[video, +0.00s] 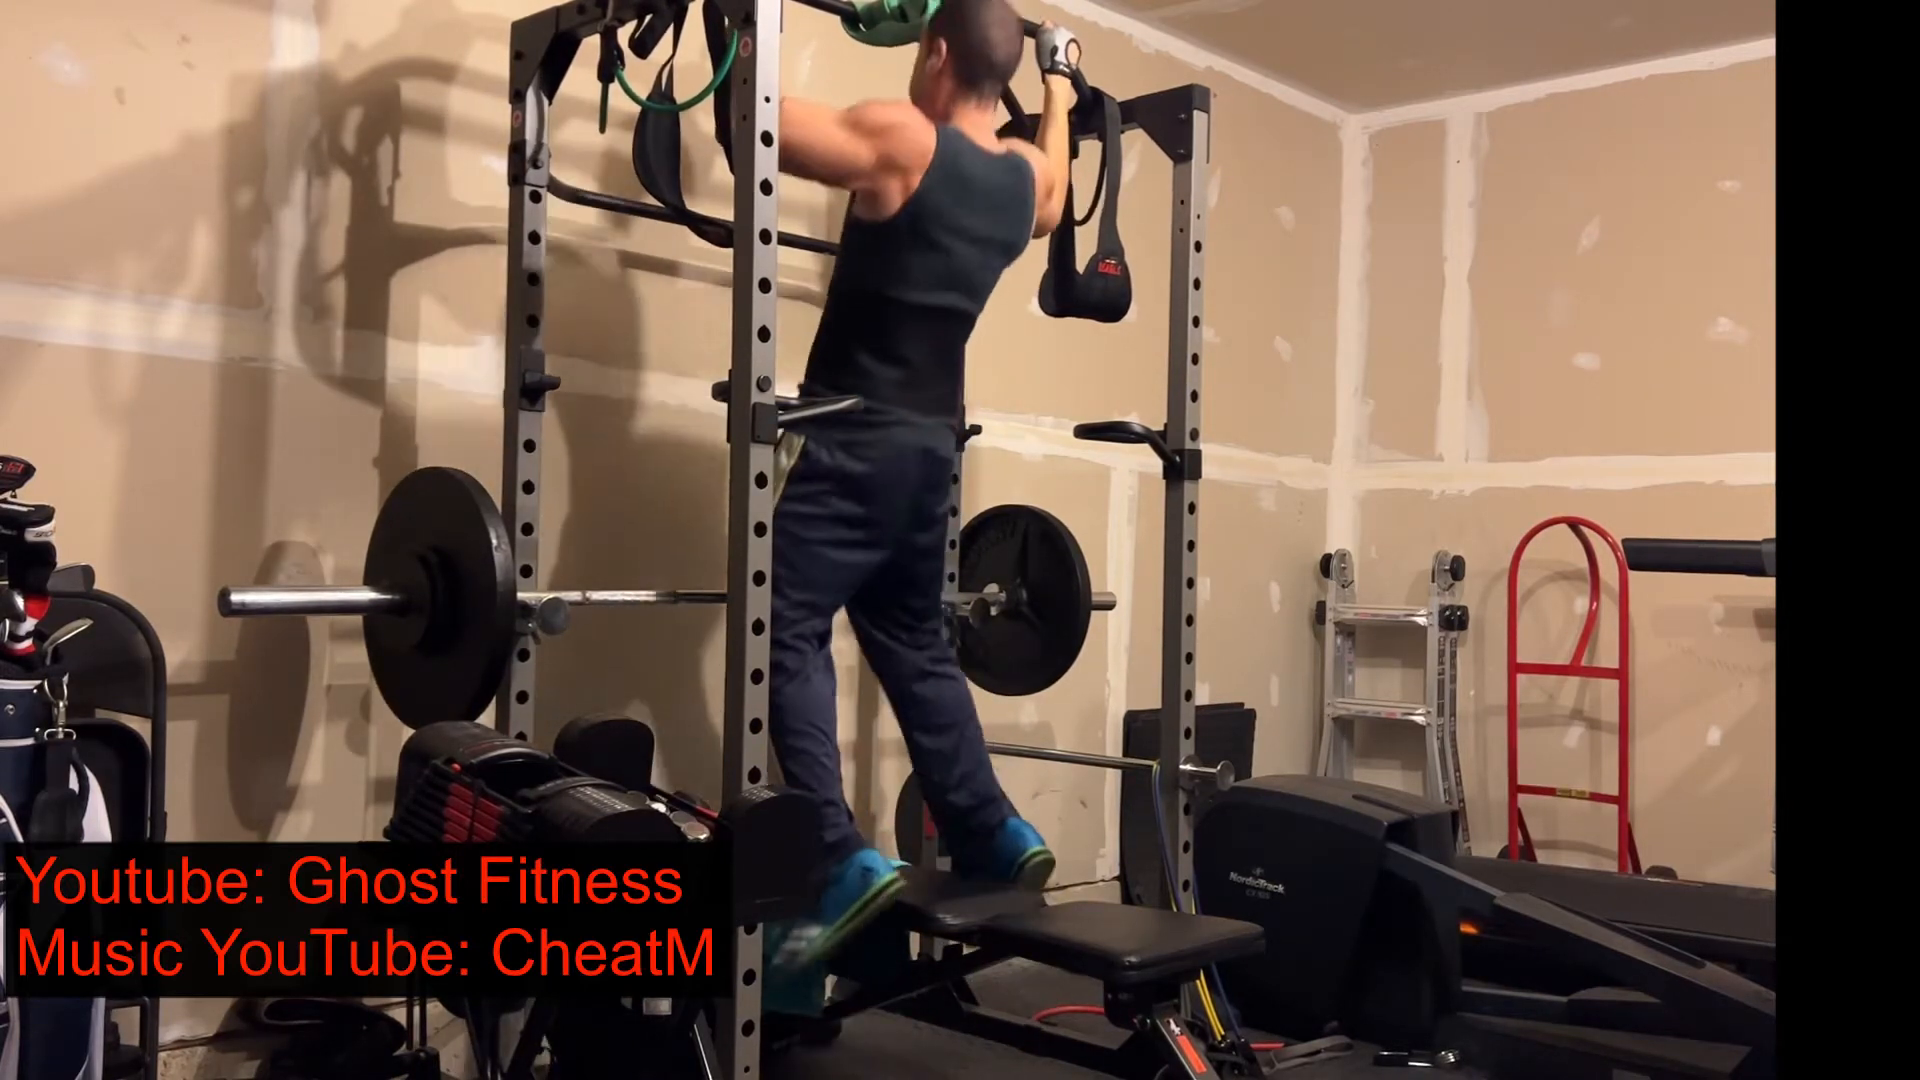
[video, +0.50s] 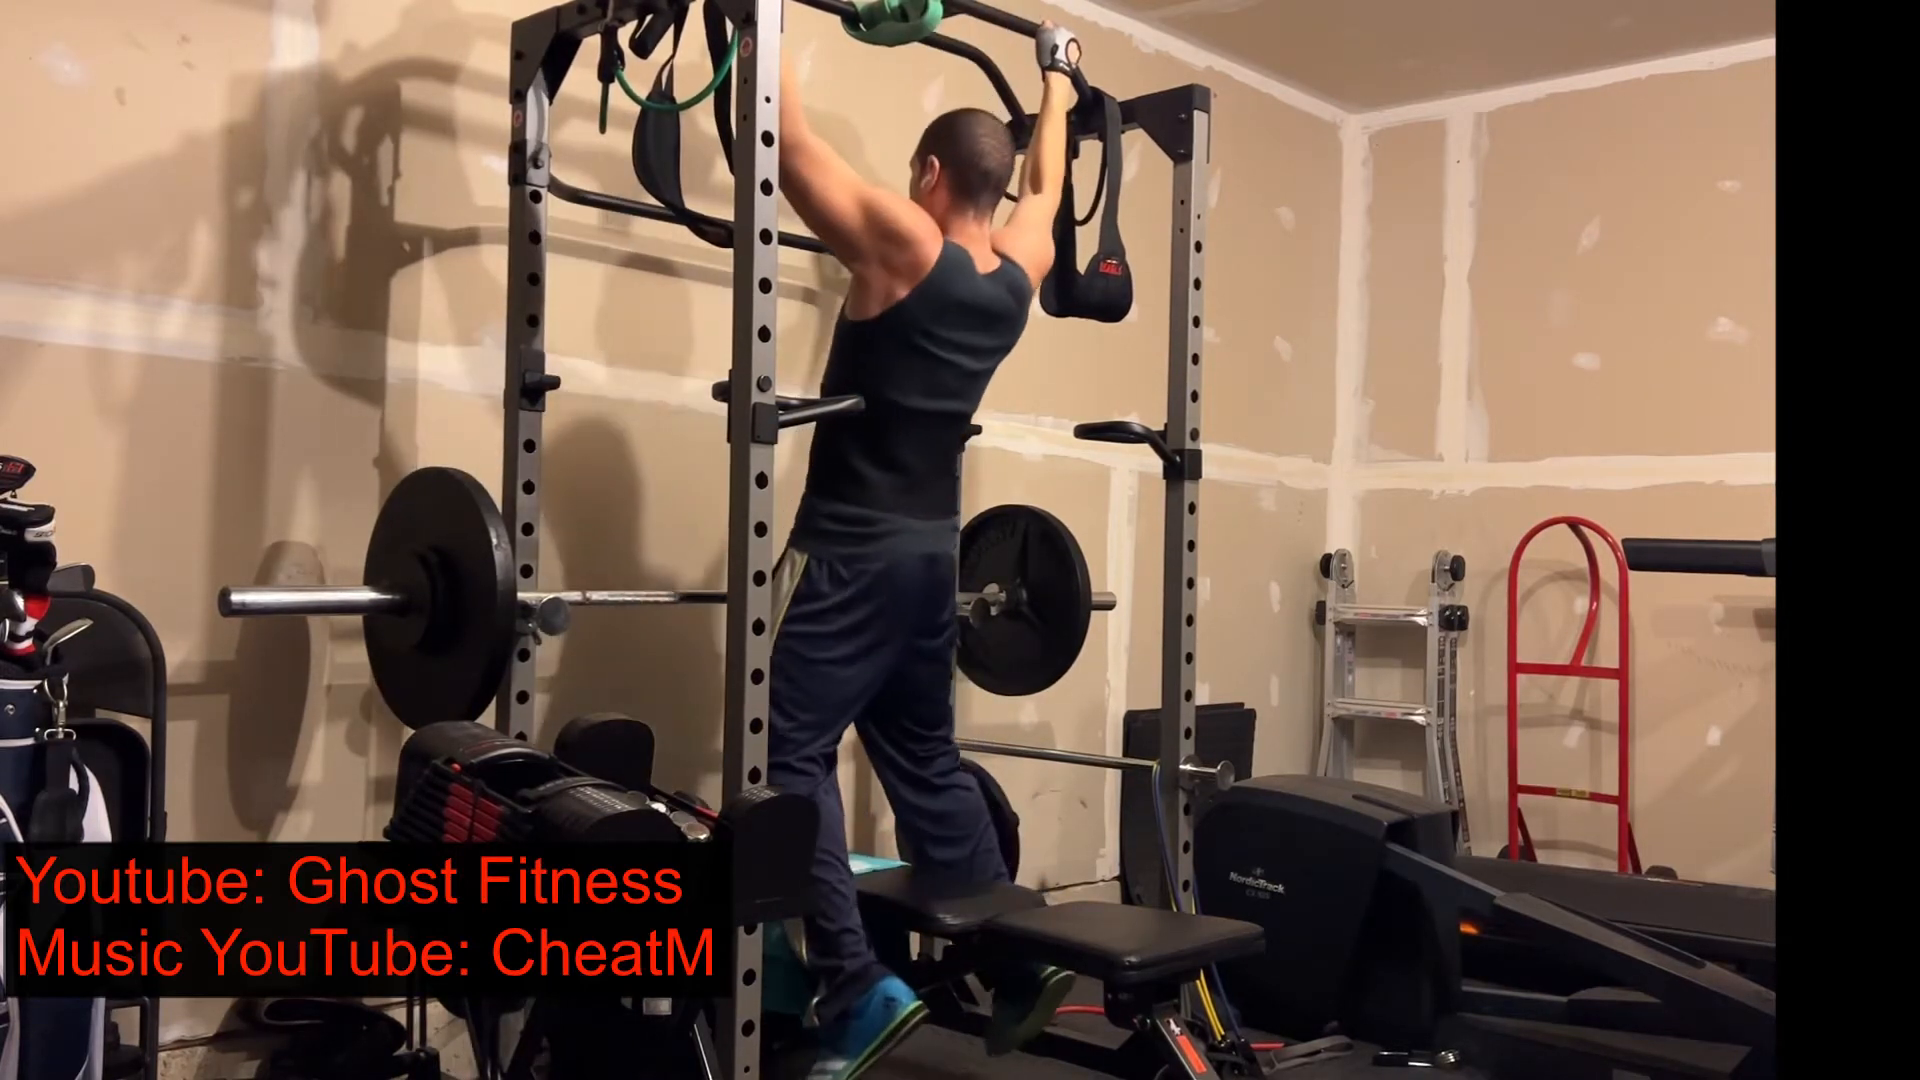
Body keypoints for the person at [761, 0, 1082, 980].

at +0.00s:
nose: (914, 52)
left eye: (922, 39)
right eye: (924, 40)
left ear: (939, 54)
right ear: (1006, 78)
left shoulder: (899, 136)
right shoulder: (1023, 178)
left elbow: (764, 124)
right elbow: (1052, 189)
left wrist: (742, 33)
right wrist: (1057, 95)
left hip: (850, 438)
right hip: (931, 445)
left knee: (790, 634)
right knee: (910, 638)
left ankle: (839, 857)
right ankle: (989, 832)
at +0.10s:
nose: (908, 100)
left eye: (914, 86)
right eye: (916, 88)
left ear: (931, 98)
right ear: (1000, 117)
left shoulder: (898, 169)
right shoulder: (1015, 214)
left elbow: (763, 131)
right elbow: (1049, 187)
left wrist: (744, 47)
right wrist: (1056, 108)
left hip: (851, 474)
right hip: (928, 480)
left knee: (785, 669)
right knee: (912, 684)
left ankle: (835, 893)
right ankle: (993, 865)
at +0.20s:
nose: (903, 134)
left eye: (908, 122)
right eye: (909, 123)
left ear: (929, 127)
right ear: (997, 147)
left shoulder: (892, 196)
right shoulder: (1013, 238)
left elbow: (763, 135)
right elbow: (1047, 188)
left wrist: (743, 39)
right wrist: (1057, 106)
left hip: (846, 505)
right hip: (923, 510)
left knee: (785, 702)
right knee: (915, 714)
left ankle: (841, 925)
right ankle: (995, 910)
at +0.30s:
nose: (900, 153)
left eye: (907, 141)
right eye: (909, 142)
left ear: (924, 149)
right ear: (996, 170)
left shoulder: (894, 218)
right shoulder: (1010, 257)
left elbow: (767, 139)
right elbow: (1044, 188)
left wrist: (737, 39)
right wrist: (1057, 101)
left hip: (852, 524)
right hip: (925, 527)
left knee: (787, 725)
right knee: (919, 740)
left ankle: (845, 951)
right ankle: (1001, 932)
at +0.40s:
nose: (903, 165)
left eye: (910, 152)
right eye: (913, 153)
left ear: (926, 163)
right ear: (997, 184)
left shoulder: (896, 235)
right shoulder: (1012, 271)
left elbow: (780, 139)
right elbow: (1043, 187)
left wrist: (765, 25)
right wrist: (1058, 103)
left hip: (852, 533)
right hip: (928, 539)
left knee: (791, 744)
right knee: (923, 753)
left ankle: (849, 969)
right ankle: (1005, 954)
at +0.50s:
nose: (908, 171)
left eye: (916, 159)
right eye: (920, 161)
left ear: (932, 169)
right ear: (1003, 190)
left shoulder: (900, 238)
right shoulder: (1016, 275)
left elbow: (791, 140)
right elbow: (1044, 188)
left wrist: (769, 25)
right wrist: (1058, 102)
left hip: (855, 544)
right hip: (931, 547)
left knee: (796, 753)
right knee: (924, 757)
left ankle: (849, 976)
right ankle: (1005, 960)